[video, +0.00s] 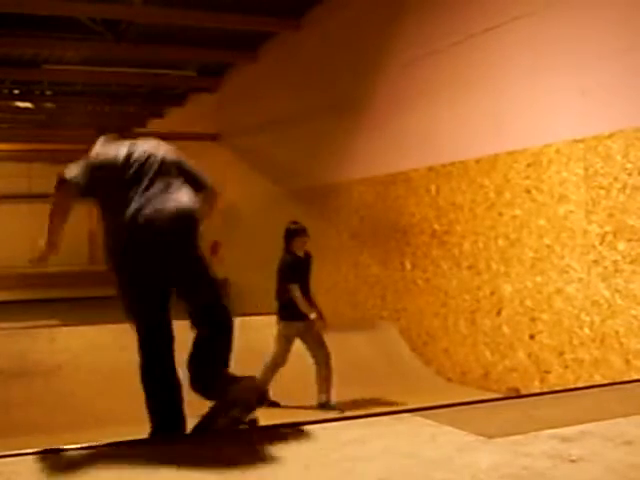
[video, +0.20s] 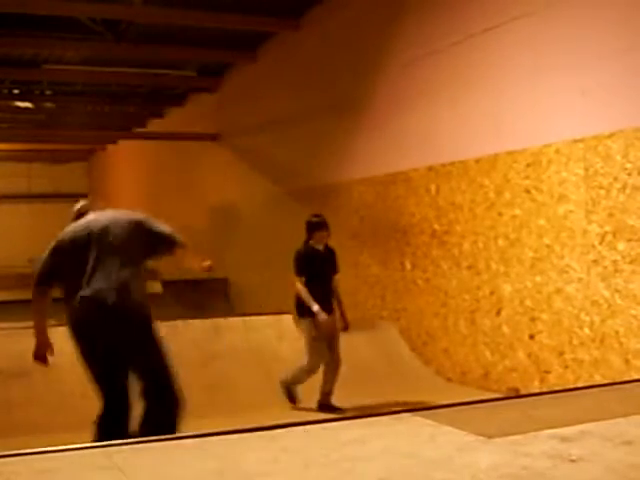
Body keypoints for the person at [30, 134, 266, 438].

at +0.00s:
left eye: (94, 149)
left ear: (100, 145)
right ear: (134, 137)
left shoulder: (98, 157)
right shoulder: (160, 149)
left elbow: (67, 183)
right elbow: (209, 191)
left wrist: (52, 242)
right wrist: (189, 224)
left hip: (134, 244)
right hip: (179, 236)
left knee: (155, 340)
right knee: (213, 315)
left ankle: (167, 431)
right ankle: (209, 377)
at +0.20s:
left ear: (77, 217)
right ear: (105, 207)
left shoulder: (68, 236)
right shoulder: (131, 222)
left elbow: (40, 288)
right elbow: (174, 246)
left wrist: (41, 338)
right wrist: (197, 264)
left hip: (86, 322)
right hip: (130, 316)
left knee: (114, 399)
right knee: (162, 394)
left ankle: (106, 469)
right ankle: (151, 463)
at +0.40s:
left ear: (54, 232)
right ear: (80, 229)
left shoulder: (41, 251)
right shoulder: (93, 244)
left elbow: (19, 299)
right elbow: (131, 272)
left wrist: (27, 335)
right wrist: (153, 291)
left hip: (39, 333)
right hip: (75, 334)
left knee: (51, 405)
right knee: (79, 402)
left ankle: (42, 460)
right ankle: (77, 456)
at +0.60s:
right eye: (58, 244)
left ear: (34, 245)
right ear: (58, 245)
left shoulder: (20, 263)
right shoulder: (59, 262)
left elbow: (3, 290)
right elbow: (94, 292)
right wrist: (103, 323)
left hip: (6, 339)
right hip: (33, 342)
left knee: (29, 397)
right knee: (53, 401)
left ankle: (14, 455)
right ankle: (28, 457)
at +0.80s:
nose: (37, 264)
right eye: (38, 261)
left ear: (18, 259)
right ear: (38, 261)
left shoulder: (4, 277)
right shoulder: (38, 280)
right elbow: (60, 306)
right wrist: (73, 327)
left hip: (0, 348)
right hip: (16, 349)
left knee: (15, 389)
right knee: (40, 393)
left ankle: (5, 435)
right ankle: (16, 435)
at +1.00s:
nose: (30, 259)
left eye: (30, 255)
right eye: (30, 255)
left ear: (11, 249)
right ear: (26, 254)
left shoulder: (3, 266)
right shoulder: (19, 274)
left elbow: (36, 309)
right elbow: (38, 310)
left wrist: (62, 327)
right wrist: (64, 328)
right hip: (4, 341)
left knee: (7, 377)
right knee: (20, 378)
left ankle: (1, 416)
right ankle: (1, 416)